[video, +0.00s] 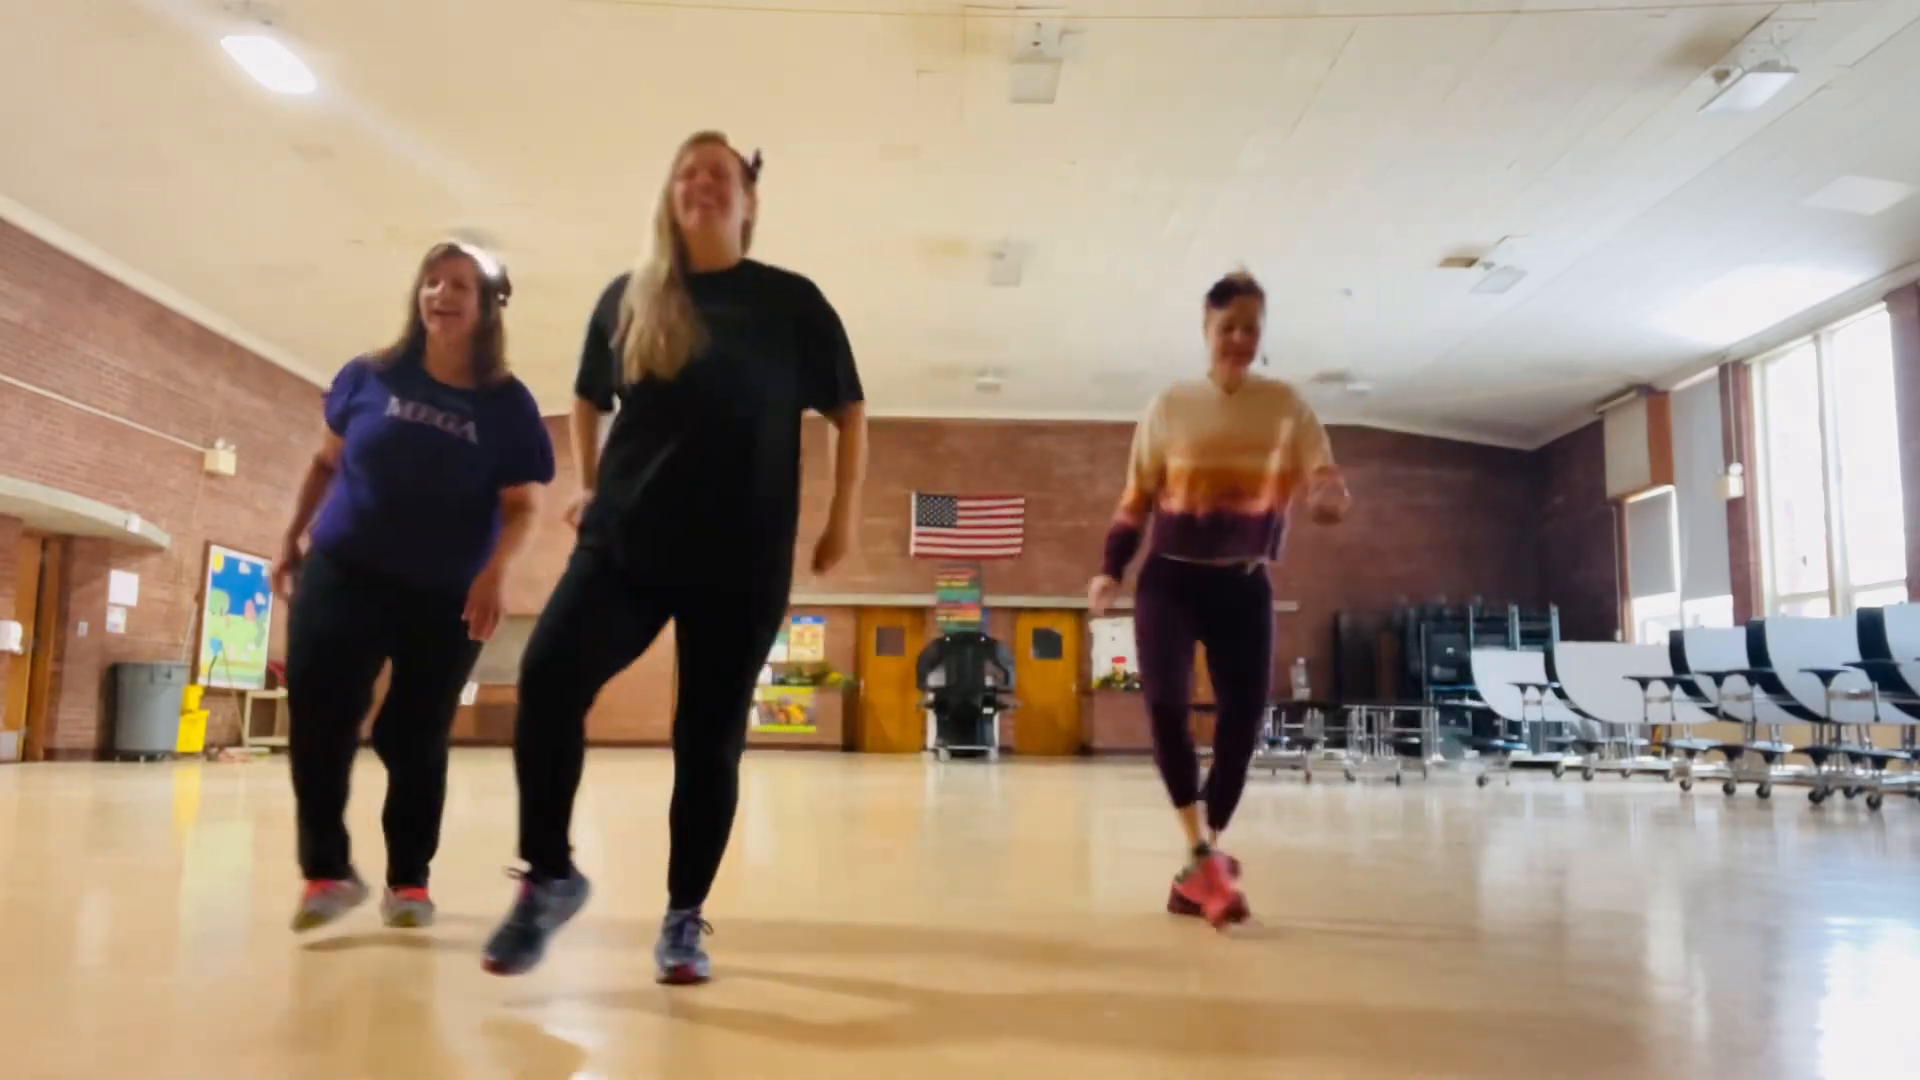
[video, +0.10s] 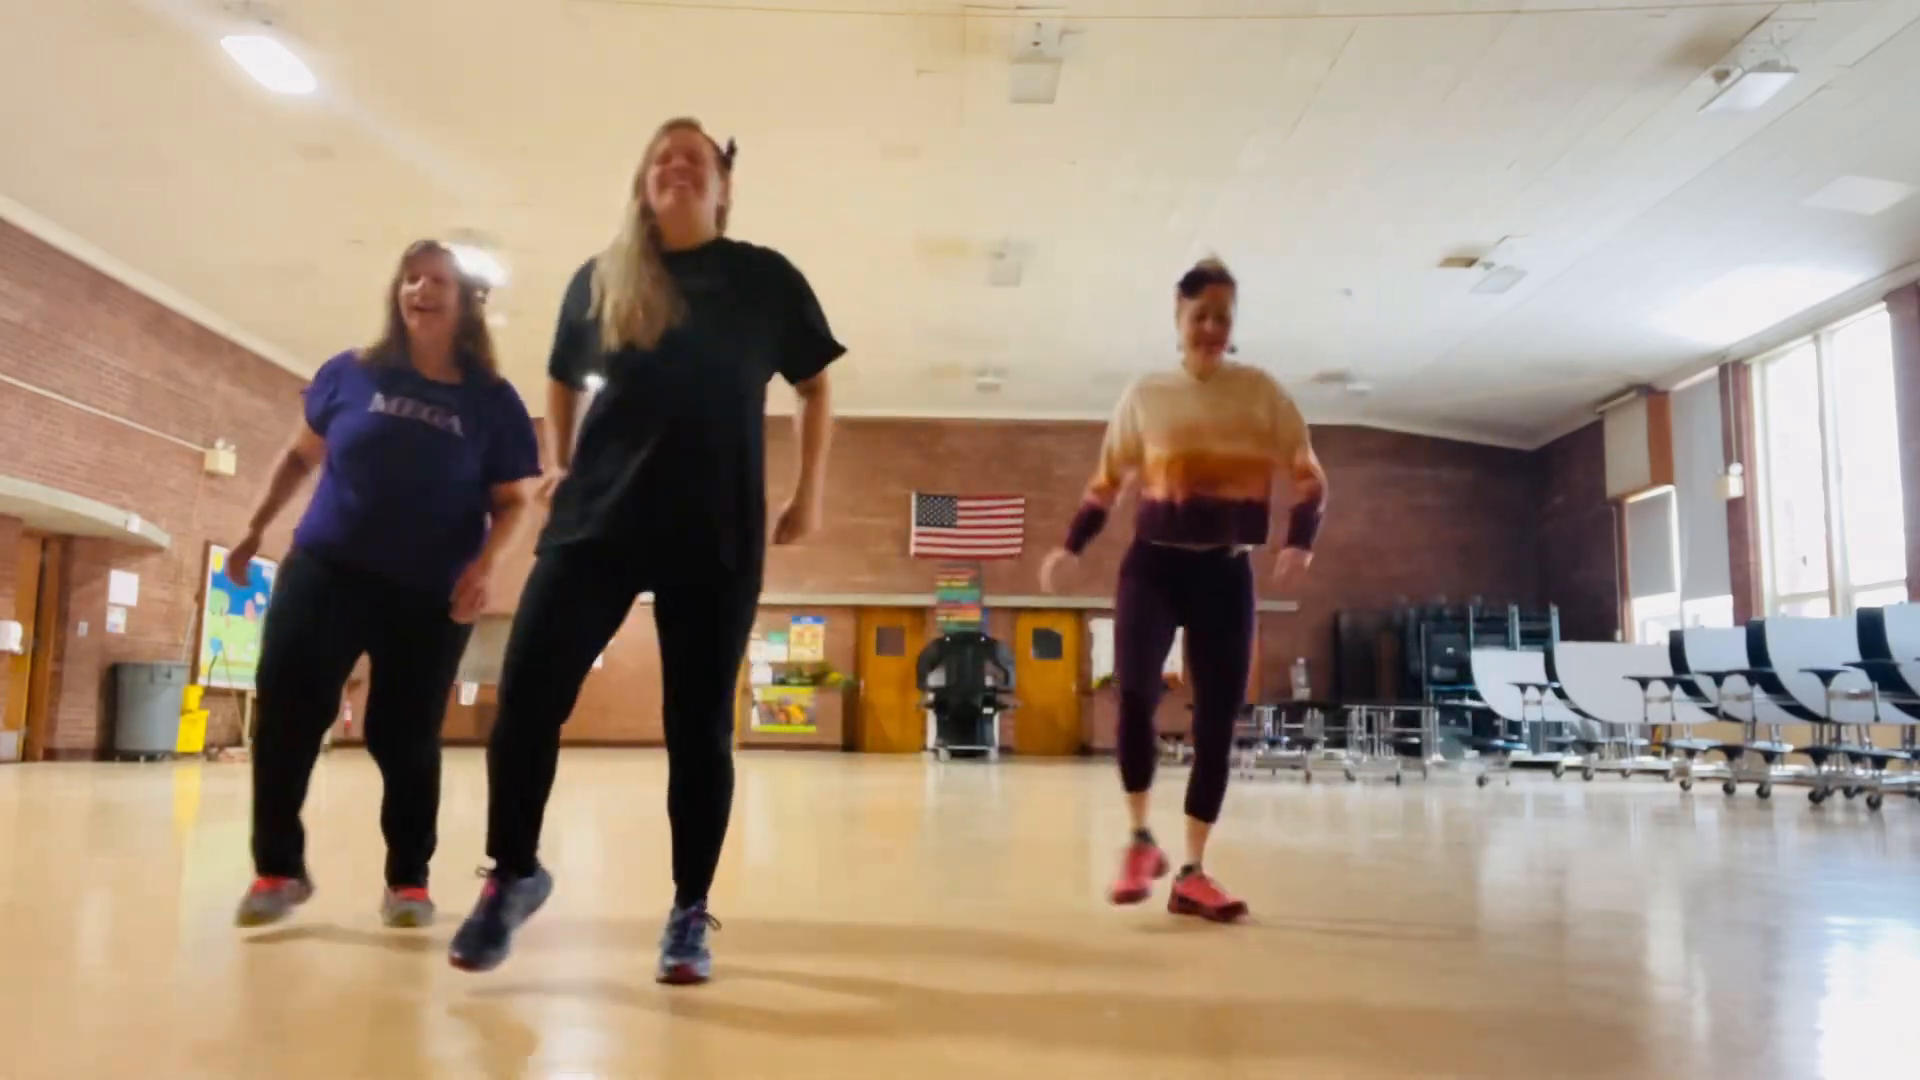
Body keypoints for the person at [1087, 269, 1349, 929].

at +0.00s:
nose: (1241, 339)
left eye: (1251, 328)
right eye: (1229, 326)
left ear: (1264, 333)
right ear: (1206, 327)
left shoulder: (1287, 407)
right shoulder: (1169, 407)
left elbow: (1328, 503)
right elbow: (1136, 502)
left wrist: (1329, 500)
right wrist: (1110, 570)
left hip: (1243, 583)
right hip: (1168, 579)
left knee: (1241, 723)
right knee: (1166, 710)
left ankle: (1198, 866)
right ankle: (1204, 855)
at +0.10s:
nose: (1211, 327)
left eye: (1222, 315)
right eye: (1200, 315)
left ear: (1235, 321)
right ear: (1178, 318)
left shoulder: (1263, 395)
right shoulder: (1144, 397)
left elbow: (1308, 478)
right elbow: (1106, 484)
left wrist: (1300, 542)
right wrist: (1069, 545)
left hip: (1225, 571)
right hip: (1153, 567)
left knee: (1216, 722)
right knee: (1134, 699)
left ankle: (1192, 870)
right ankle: (1139, 840)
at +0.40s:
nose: (1146, 333)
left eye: (1155, 324)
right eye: (1135, 322)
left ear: (1167, 337)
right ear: (1113, 332)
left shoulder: (1187, 417)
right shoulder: (1075, 413)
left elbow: (1225, 495)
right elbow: (1032, 487)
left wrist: (1259, 518)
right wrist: (1038, 533)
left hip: (1163, 590)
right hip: (1089, 589)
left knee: (1222, 718)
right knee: (1083, 735)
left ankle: (1200, 859)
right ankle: (1072, 868)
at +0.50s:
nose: (1137, 316)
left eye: (1147, 307)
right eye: (1127, 305)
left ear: (1159, 319)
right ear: (1105, 316)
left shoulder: (1182, 396)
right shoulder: (1075, 386)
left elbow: (1228, 473)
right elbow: (1035, 464)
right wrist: (1068, 444)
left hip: (1158, 568)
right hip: (1086, 569)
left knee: (1226, 689)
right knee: (1081, 724)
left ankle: (1176, 781)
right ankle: (1072, 861)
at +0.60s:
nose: (1137, 288)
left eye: (1147, 280)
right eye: (1127, 278)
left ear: (1158, 293)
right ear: (1105, 288)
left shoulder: (1180, 365)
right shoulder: (1077, 359)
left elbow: (1215, 445)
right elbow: (1052, 442)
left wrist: (1212, 365)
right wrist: (1090, 380)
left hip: (1160, 534)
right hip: (1090, 536)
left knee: (1210, 673)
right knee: (1090, 695)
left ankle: (1152, 701)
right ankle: (1082, 849)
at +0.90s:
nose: (1165, 311)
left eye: (1174, 304)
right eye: (1154, 301)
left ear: (1184, 319)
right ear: (1130, 315)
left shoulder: (1199, 389)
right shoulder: (1096, 384)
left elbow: (1230, 473)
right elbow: (1058, 455)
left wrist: (1215, 422)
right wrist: (1130, 439)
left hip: (1177, 565)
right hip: (1106, 567)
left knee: (1230, 698)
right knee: (1104, 722)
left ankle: (1213, 772)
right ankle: (1102, 862)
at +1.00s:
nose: (1190, 289)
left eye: (1200, 281)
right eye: (1180, 279)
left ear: (1209, 296)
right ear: (1156, 290)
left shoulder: (1224, 367)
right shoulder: (1120, 356)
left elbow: (1247, 451)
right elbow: (1077, 433)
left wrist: (1264, 430)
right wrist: (1130, 433)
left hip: (1196, 541)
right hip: (1125, 541)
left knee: (1248, 685)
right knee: (1115, 701)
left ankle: (1273, 830)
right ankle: (1096, 850)